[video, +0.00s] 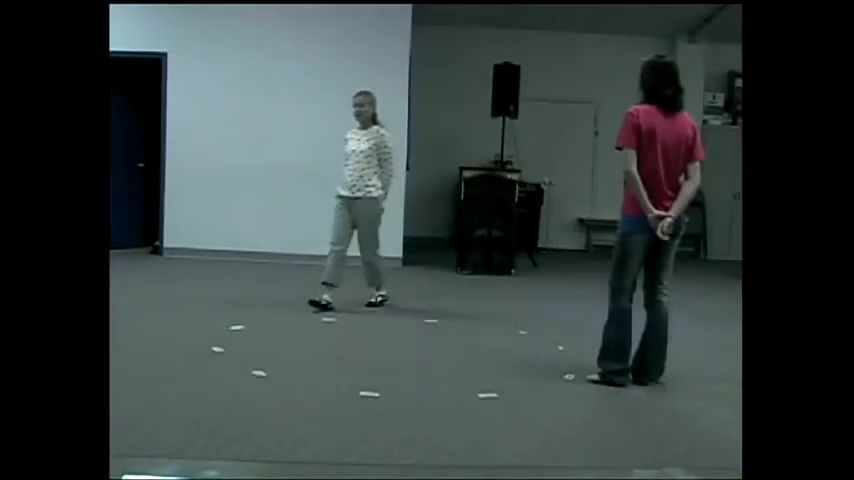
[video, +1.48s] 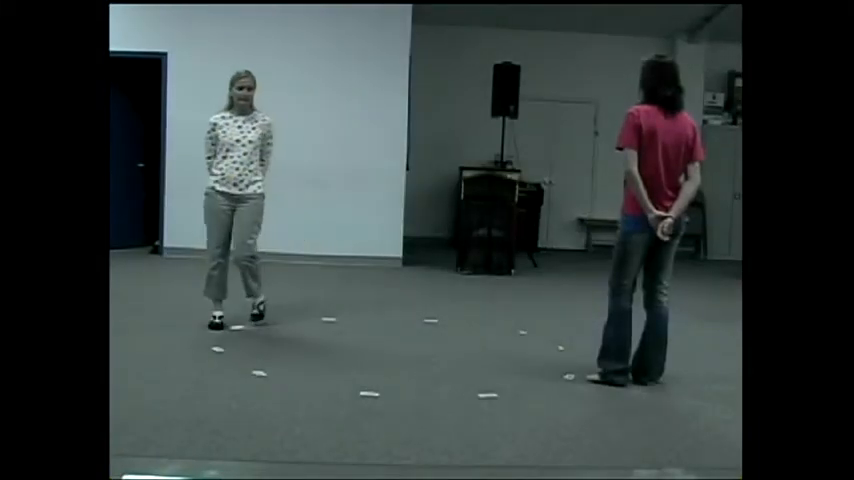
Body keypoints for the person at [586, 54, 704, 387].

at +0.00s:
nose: (642, 86)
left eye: (643, 81)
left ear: (646, 85)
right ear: (676, 85)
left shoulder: (636, 116)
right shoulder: (688, 124)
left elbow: (630, 168)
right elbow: (694, 178)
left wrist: (651, 210)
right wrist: (673, 215)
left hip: (638, 219)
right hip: (671, 220)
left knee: (622, 291)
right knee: (658, 292)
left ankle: (614, 369)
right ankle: (650, 370)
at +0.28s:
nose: (641, 86)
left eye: (642, 81)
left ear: (646, 85)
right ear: (676, 85)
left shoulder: (636, 116)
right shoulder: (688, 124)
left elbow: (630, 168)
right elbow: (694, 178)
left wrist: (651, 210)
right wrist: (673, 215)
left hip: (638, 219)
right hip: (671, 220)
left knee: (622, 290)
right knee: (658, 292)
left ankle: (614, 369)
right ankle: (649, 370)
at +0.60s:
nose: (641, 86)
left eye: (642, 81)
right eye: (644, 81)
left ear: (645, 84)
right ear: (675, 85)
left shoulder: (636, 116)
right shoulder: (688, 124)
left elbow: (630, 168)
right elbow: (693, 178)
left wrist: (650, 210)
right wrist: (673, 215)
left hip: (638, 219)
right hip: (671, 220)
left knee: (622, 291)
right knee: (658, 292)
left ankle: (614, 369)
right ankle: (650, 369)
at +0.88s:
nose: (641, 86)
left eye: (642, 81)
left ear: (645, 84)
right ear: (675, 85)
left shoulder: (636, 116)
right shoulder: (688, 124)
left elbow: (630, 168)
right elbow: (693, 178)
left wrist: (650, 210)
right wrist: (673, 215)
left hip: (638, 219)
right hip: (671, 220)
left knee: (622, 291)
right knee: (658, 292)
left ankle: (614, 369)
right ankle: (650, 369)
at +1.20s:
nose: (641, 86)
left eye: (642, 80)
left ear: (646, 84)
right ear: (676, 85)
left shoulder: (637, 116)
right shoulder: (688, 124)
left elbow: (630, 168)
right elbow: (693, 178)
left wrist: (650, 210)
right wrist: (673, 216)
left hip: (638, 219)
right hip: (671, 220)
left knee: (622, 290)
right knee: (658, 292)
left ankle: (614, 368)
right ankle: (649, 370)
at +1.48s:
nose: (642, 86)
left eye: (643, 80)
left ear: (647, 84)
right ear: (676, 85)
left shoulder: (637, 116)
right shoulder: (688, 124)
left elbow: (631, 168)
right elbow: (694, 178)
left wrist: (651, 210)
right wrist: (673, 216)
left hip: (638, 219)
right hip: (672, 221)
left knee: (622, 290)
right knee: (658, 293)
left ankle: (614, 368)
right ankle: (649, 370)